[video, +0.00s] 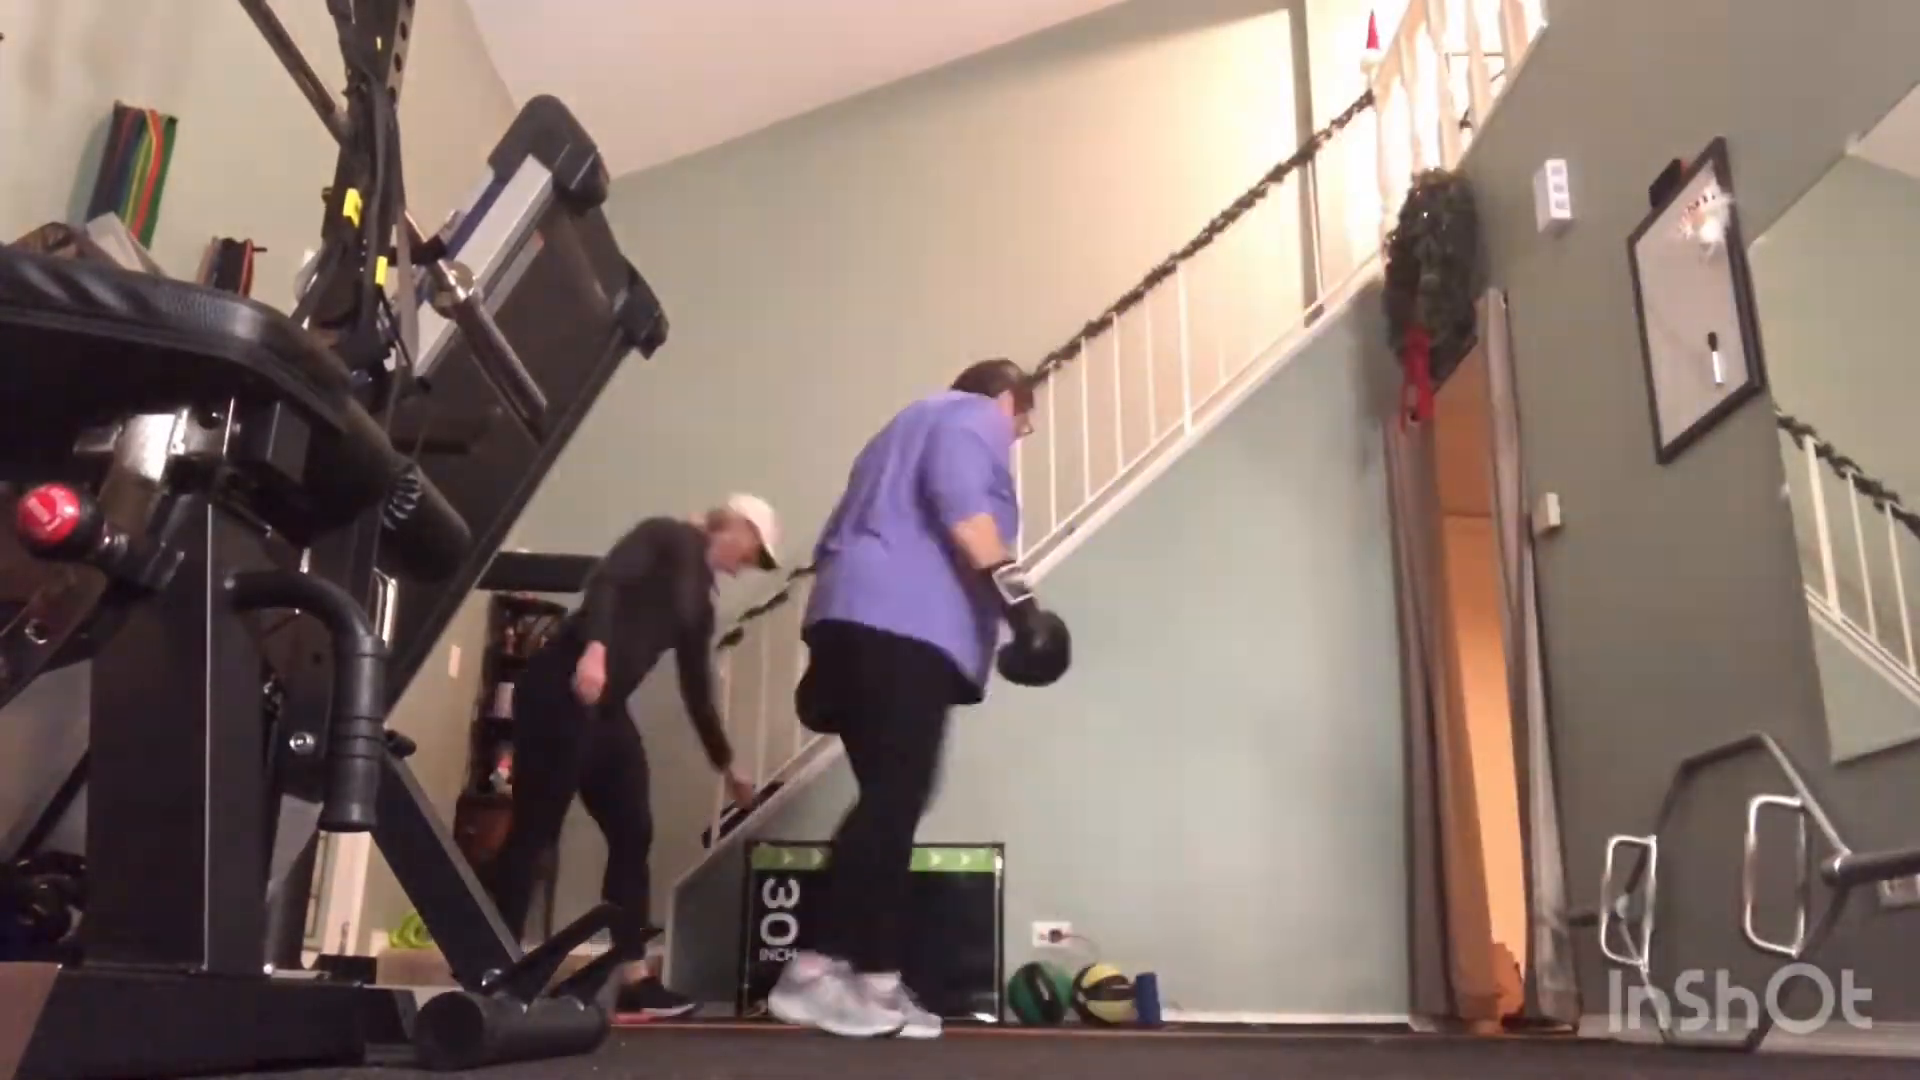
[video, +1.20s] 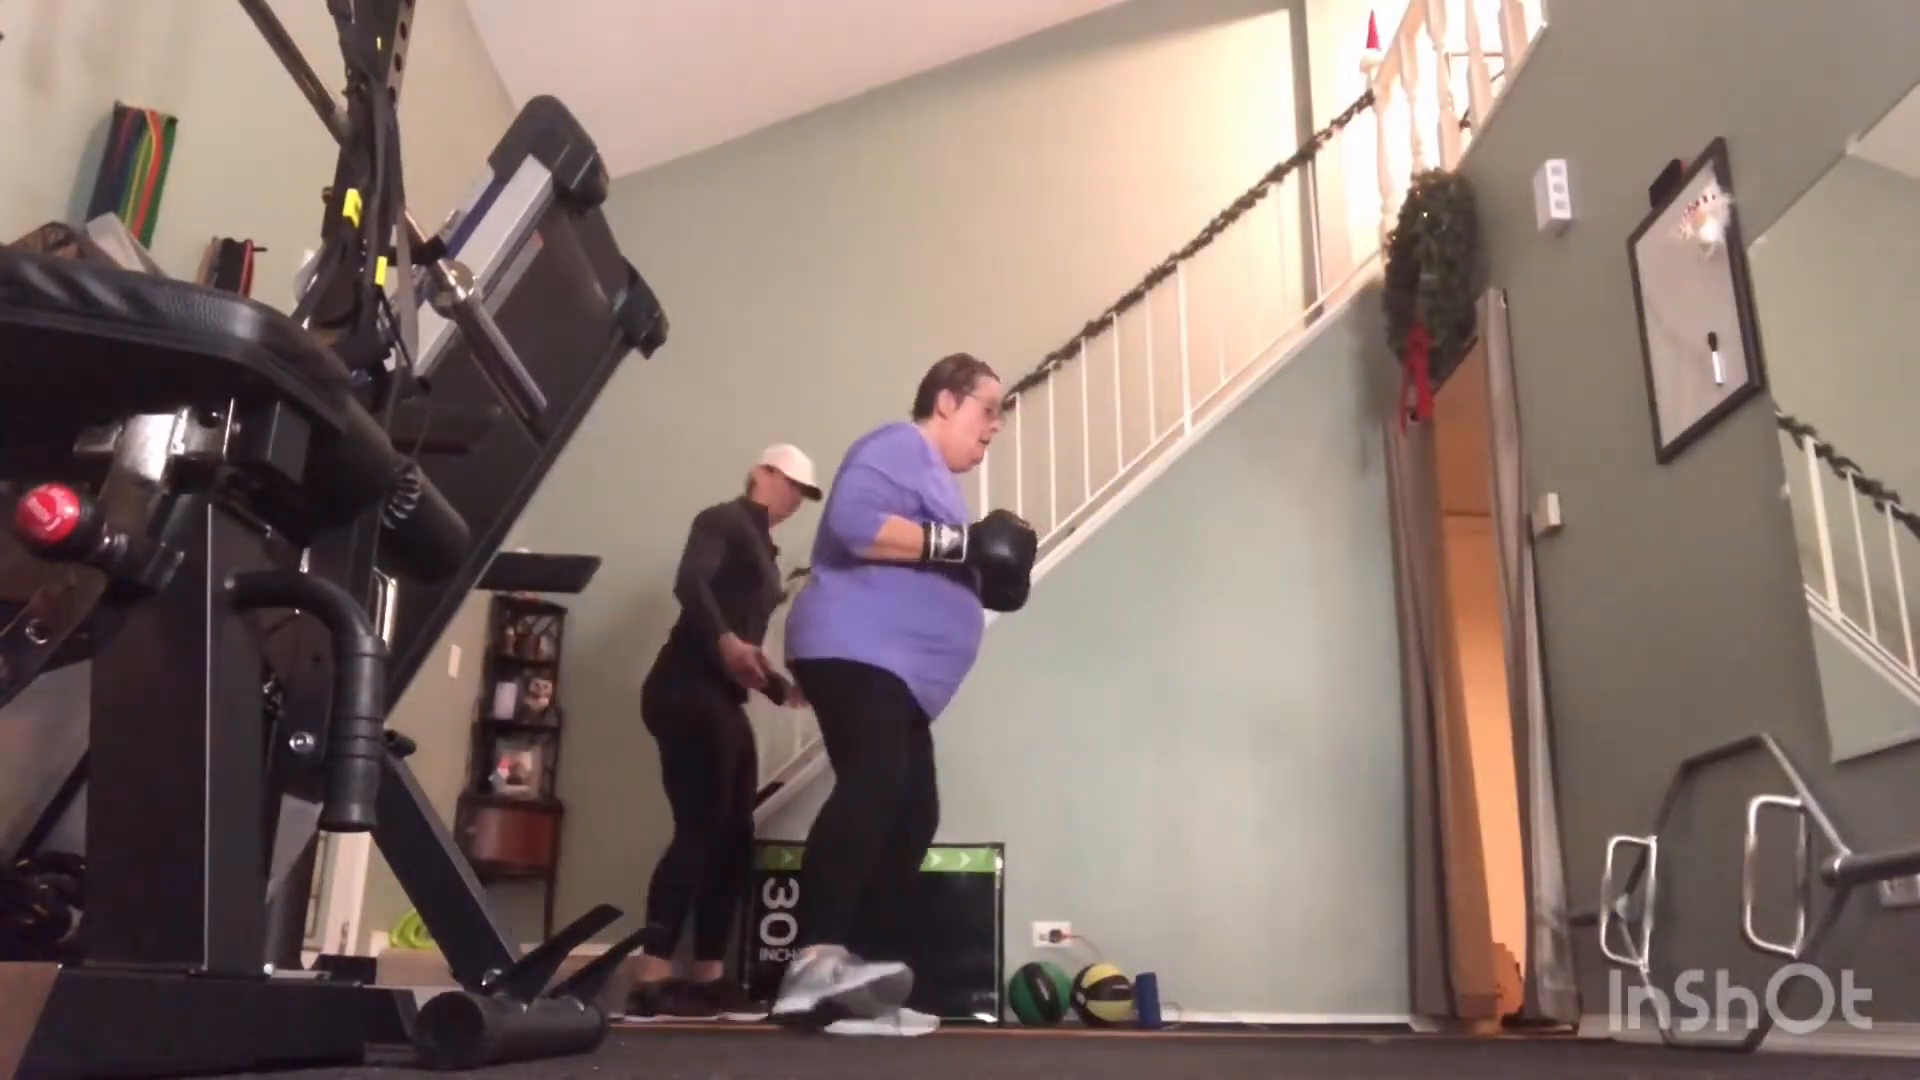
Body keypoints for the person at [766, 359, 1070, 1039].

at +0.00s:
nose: (1021, 437)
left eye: (1025, 427)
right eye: (1023, 423)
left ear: (963, 384)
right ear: (1008, 398)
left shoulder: (893, 436)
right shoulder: (972, 415)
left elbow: (832, 544)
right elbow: (965, 508)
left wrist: (824, 647)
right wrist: (1020, 601)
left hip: (851, 628)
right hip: (900, 629)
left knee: (888, 801)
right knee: (895, 799)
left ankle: (872, 979)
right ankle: (818, 970)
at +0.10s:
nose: (997, 467)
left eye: (1002, 455)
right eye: (1001, 449)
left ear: (972, 426)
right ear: (978, 424)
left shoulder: (939, 484)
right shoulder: (921, 439)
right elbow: (893, 516)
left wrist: (921, 656)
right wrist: (940, 609)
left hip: (870, 653)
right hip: (840, 640)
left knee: (882, 808)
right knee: (860, 800)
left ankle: (851, 981)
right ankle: (804, 981)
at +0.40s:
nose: (1010, 450)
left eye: (1015, 440)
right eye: (1007, 433)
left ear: (976, 420)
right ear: (973, 414)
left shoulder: (953, 484)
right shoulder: (923, 450)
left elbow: (931, 569)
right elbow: (882, 523)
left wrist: (993, 589)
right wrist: (976, 554)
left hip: (891, 662)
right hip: (865, 655)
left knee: (877, 812)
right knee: (873, 810)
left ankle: (854, 982)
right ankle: (843, 984)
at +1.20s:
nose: (995, 428)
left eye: (999, 415)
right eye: (989, 410)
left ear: (954, 408)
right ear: (947, 402)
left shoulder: (944, 486)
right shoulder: (899, 444)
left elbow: (920, 570)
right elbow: (853, 525)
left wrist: (985, 568)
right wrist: (956, 544)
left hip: (895, 669)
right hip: (851, 648)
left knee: (915, 812)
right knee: (876, 783)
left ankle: (860, 977)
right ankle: (816, 959)